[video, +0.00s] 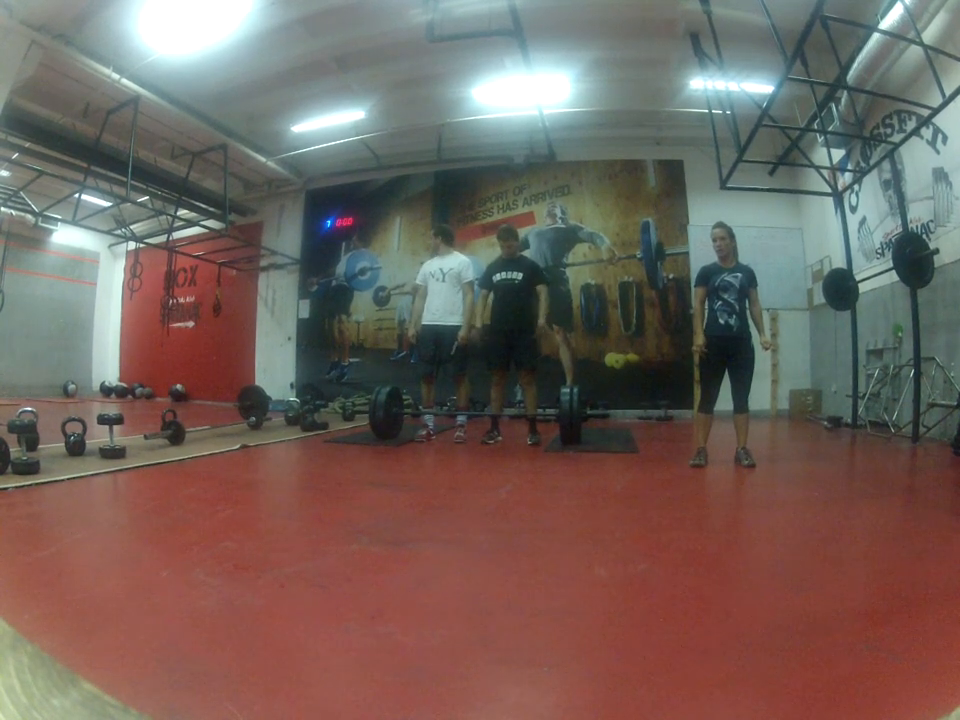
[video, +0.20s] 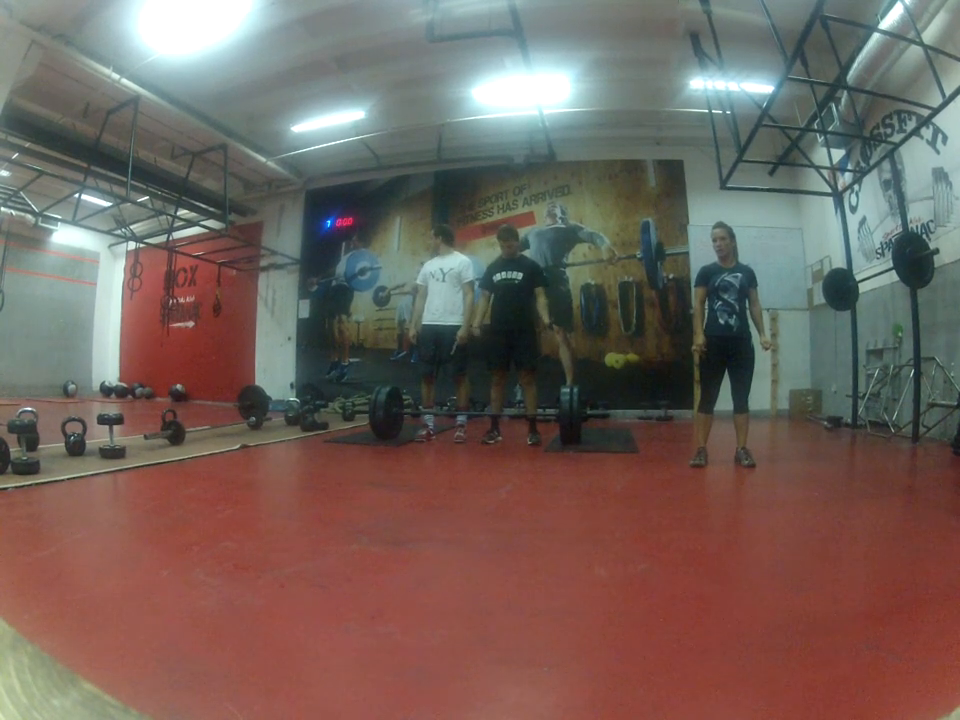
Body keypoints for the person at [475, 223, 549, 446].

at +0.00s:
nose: (508, 249)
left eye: (511, 244)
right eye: (504, 245)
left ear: (518, 243)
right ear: (499, 245)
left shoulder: (531, 266)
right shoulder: (493, 267)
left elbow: (543, 294)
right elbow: (482, 297)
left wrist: (542, 320)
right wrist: (479, 324)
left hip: (525, 329)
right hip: (498, 329)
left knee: (527, 377)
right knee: (497, 377)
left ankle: (532, 428)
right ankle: (494, 428)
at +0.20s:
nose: (508, 248)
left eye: (511, 244)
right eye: (504, 244)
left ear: (518, 243)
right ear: (499, 244)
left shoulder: (531, 266)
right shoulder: (493, 267)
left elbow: (540, 297)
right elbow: (484, 298)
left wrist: (544, 319)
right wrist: (477, 323)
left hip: (525, 329)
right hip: (498, 329)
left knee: (527, 377)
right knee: (498, 377)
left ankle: (532, 429)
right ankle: (494, 428)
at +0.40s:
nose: (508, 248)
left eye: (511, 244)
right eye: (504, 244)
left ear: (518, 243)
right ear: (498, 244)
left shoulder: (532, 266)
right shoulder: (492, 267)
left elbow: (546, 291)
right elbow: (483, 297)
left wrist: (542, 316)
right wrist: (479, 320)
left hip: (525, 329)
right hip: (499, 330)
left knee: (527, 378)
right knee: (498, 378)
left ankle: (533, 429)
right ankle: (494, 427)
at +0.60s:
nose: (507, 250)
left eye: (510, 245)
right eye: (503, 246)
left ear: (518, 243)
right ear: (498, 244)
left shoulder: (532, 266)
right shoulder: (493, 267)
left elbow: (545, 296)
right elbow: (484, 298)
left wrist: (546, 325)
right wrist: (479, 324)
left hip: (526, 330)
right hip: (500, 330)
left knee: (528, 378)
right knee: (498, 378)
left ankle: (533, 428)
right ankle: (494, 428)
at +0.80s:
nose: (508, 251)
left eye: (511, 247)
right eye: (504, 247)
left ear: (519, 244)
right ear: (499, 245)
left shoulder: (533, 265)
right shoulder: (495, 266)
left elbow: (548, 293)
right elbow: (485, 296)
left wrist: (547, 323)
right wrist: (480, 325)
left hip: (528, 329)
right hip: (501, 329)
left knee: (530, 377)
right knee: (497, 376)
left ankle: (533, 429)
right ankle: (494, 428)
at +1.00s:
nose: (504, 252)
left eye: (507, 248)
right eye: (500, 248)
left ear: (515, 243)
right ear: (496, 246)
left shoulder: (531, 265)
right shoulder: (493, 266)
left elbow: (543, 295)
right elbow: (484, 298)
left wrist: (543, 326)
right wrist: (482, 327)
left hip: (527, 330)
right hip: (501, 329)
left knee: (529, 377)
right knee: (498, 377)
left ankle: (533, 428)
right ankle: (494, 428)